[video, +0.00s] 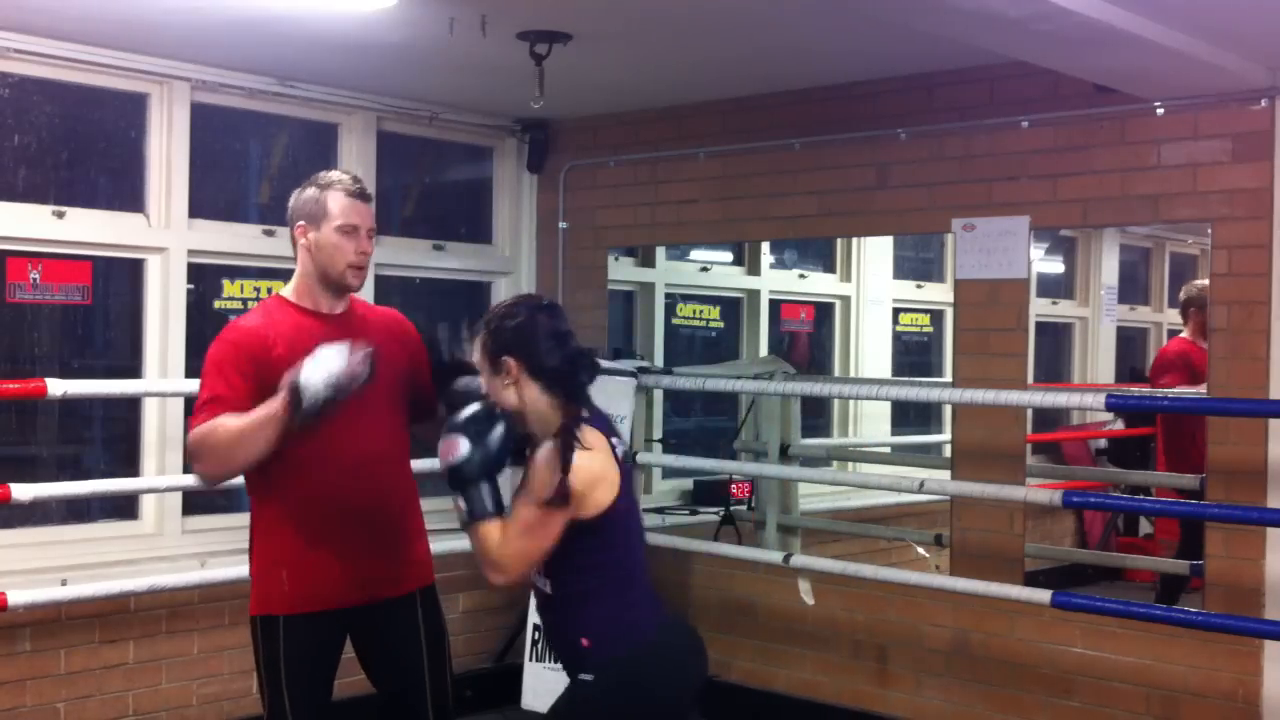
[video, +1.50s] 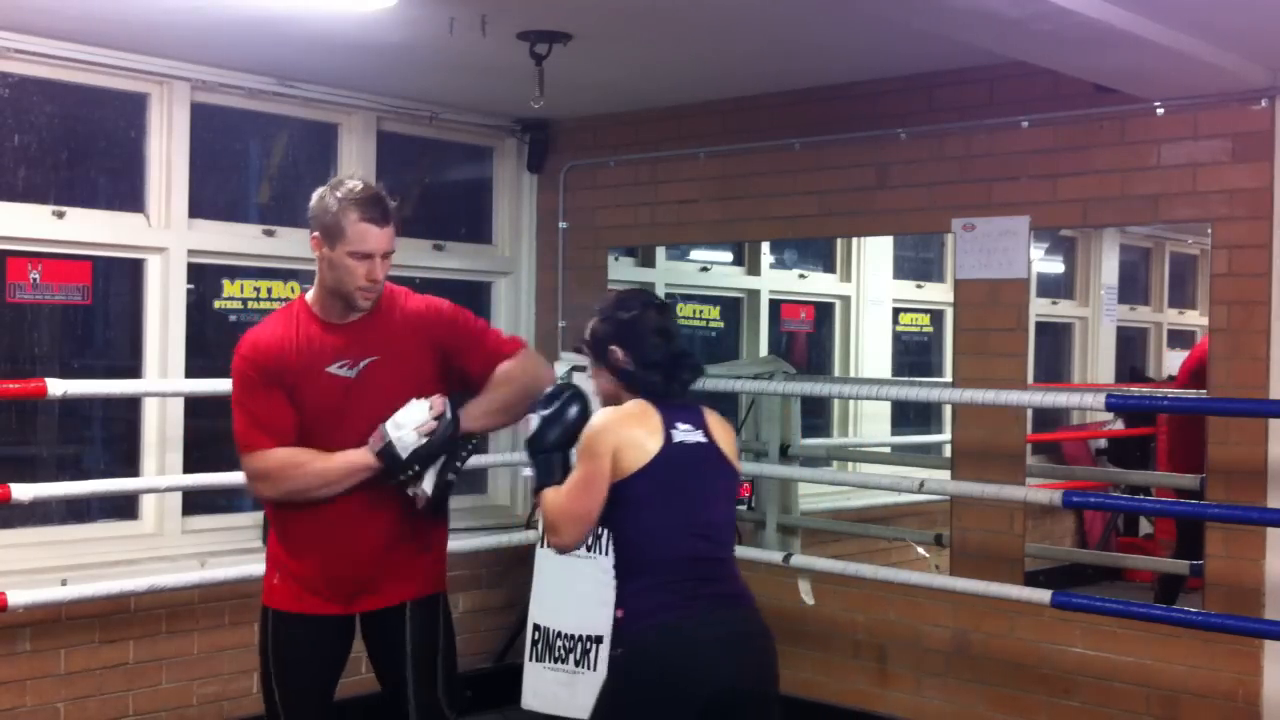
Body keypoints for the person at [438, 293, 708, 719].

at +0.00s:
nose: (482, 389)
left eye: (483, 373)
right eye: (479, 374)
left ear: (511, 371)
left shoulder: (566, 456)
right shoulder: (586, 427)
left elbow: (502, 566)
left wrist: (475, 479)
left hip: (620, 679)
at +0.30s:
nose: (622, 376)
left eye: (622, 363)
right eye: (618, 364)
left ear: (643, 359)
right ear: (694, 353)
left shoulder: (644, 431)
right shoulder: (750, 430)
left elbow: (592, 538)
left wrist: (577, 454)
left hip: (680, 660)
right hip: (759, 651)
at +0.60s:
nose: (663, 364)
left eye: (664, 351)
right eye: (662, 351)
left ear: (691, 349)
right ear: (740, 346)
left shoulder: (686, 422)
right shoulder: (790, 424)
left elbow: (627, 522)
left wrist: (618, 438)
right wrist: (676, 414)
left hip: (711, 660)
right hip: (793, 651)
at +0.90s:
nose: (574, 380)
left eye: (581, 367)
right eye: (575, 367)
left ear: (616, 377)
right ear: (656, 374)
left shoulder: (599, 458)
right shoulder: (707, 446)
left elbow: (529, 559)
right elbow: (792, 492)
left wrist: (509, 480)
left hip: (650, 683)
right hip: (728, 672)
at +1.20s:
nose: (517, 378)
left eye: (519, 363)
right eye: (515, 364)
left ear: (548, 368)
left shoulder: (607, 450)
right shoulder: (578, 439)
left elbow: (531, 554)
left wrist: (494, 488)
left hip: (646, 679)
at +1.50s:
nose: (591, 376)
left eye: (593, 364)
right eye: (589, 365)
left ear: (618, 360)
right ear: (667, 353)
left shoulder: (611, 425)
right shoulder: (720, 427)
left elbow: (563, 533)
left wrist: (545, 457)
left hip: (657, 652)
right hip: (741, 644)